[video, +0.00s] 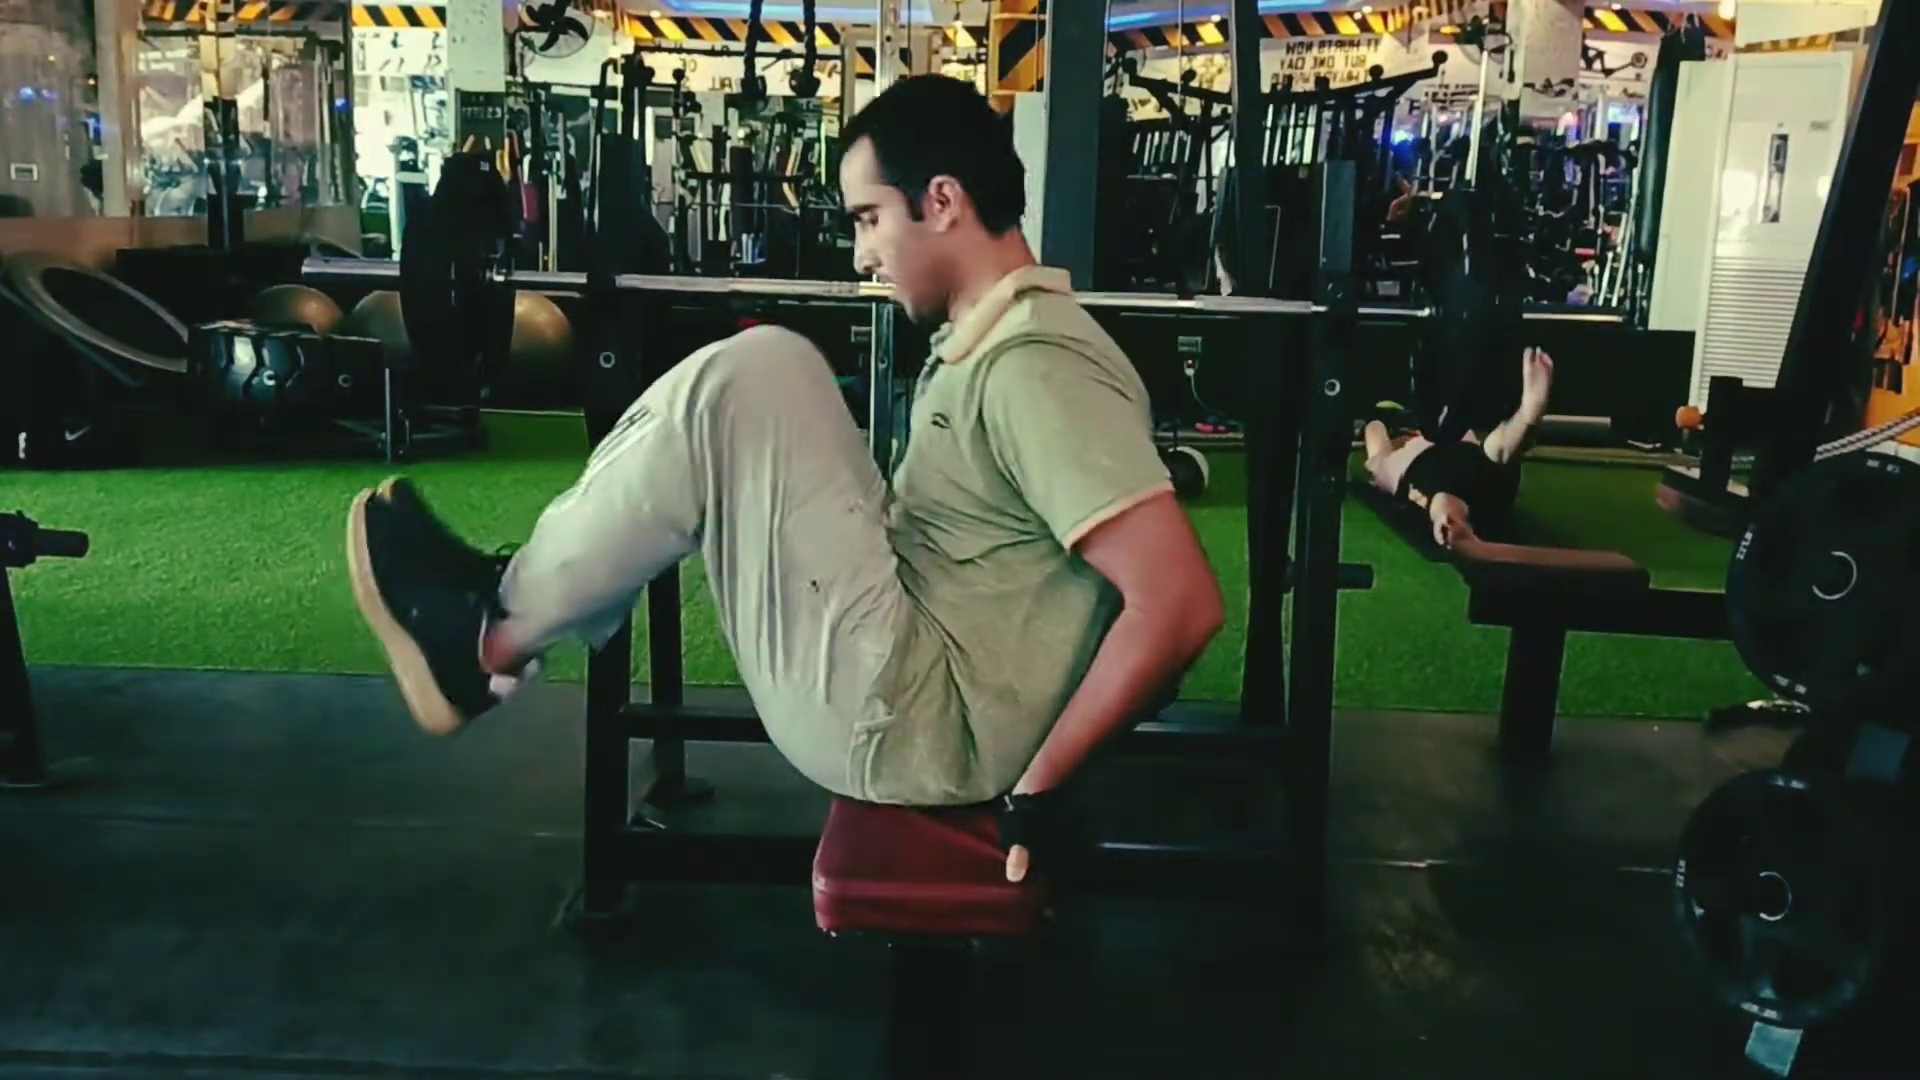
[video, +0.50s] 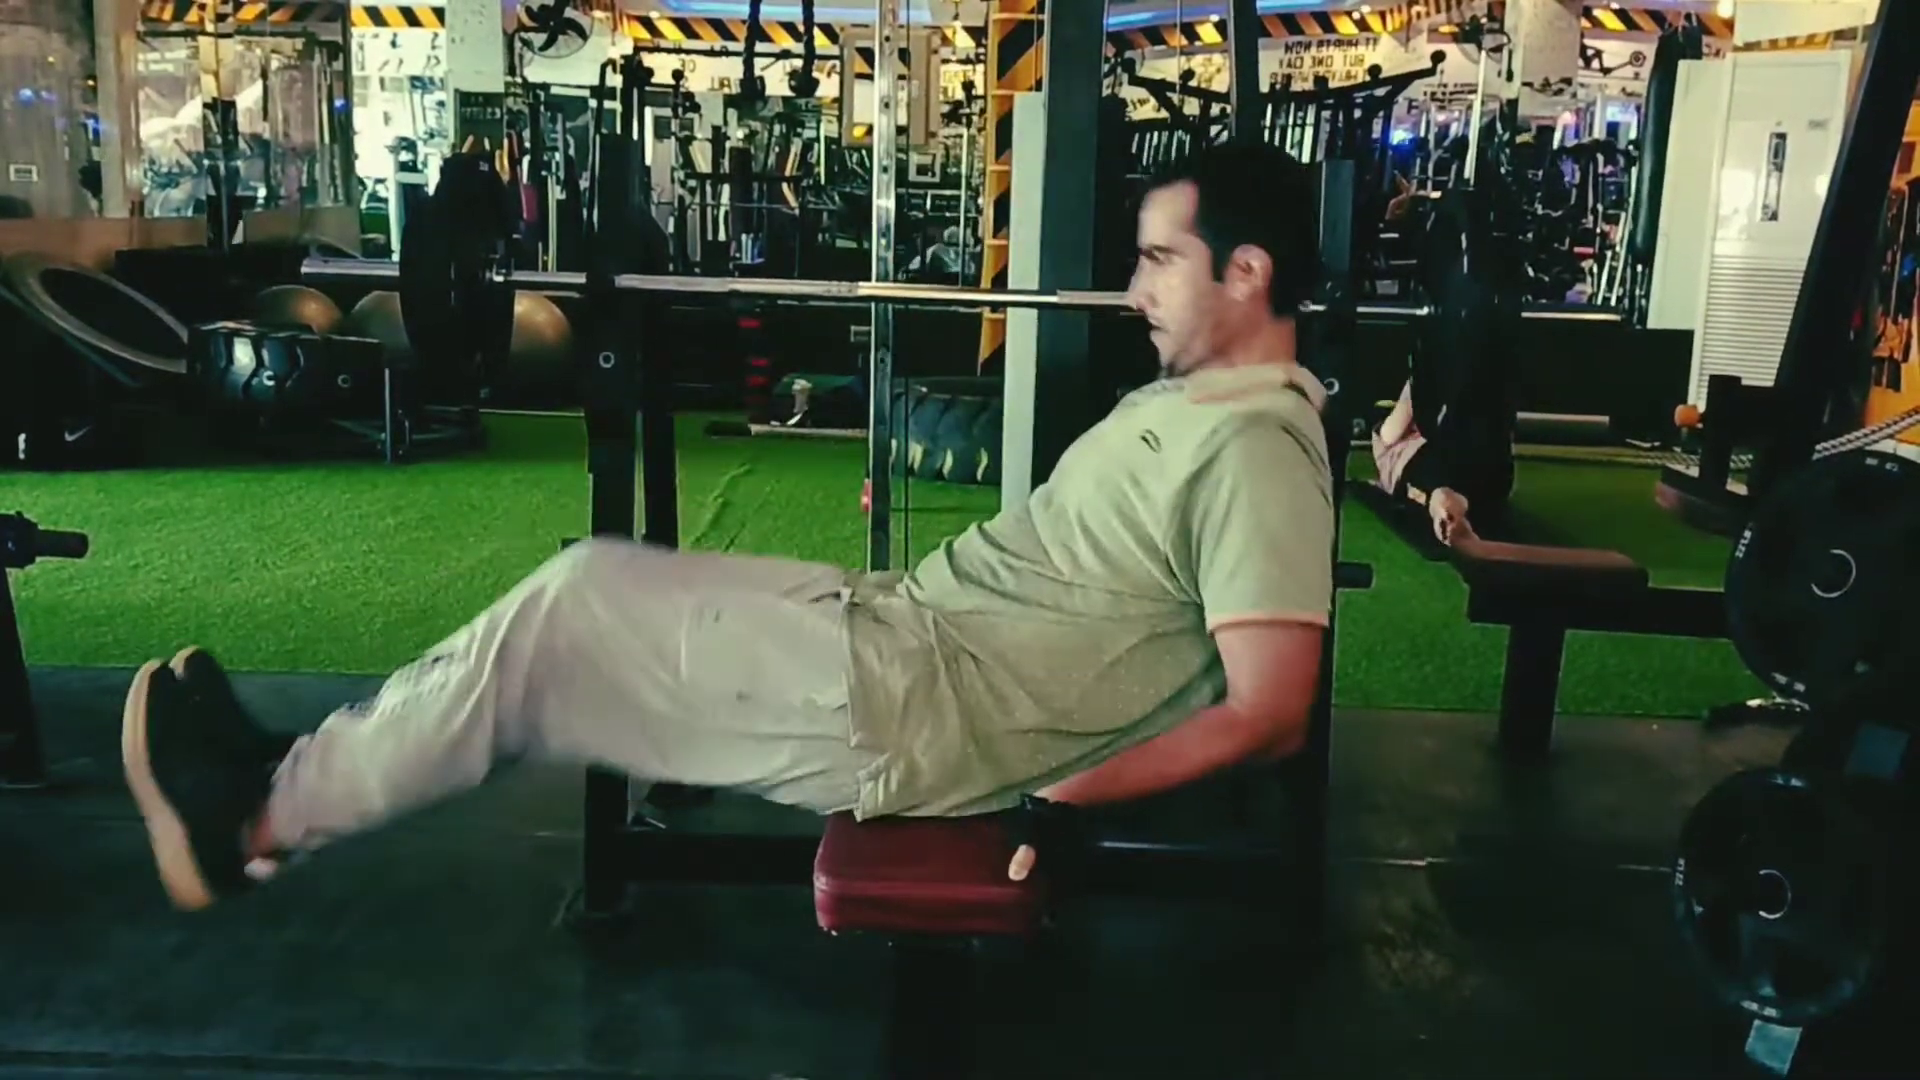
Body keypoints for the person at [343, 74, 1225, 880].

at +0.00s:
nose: (860, 255)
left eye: (868, 222)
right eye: (856, 228)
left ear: (945, 205)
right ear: (943, 210)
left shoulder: (1034, 357)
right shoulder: (997, 343)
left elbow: (1175, 603)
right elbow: (1147, 587)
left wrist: (1028, 794)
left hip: (921, 730)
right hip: (907, 706)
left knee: (754, 375)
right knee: (746, 373)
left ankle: (492, 641)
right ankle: (499, 618)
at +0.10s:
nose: (900, 246)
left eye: (914, 213)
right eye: (895, 219)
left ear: (999, 203)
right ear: (987, 207)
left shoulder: (1074, 356)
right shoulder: (1023, 347)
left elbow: (1199, 615)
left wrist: (1033, 796)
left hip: (933, 726)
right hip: (909, 684)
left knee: (707, 398)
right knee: (700, 396)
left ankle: (442, 682)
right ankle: (450, 648)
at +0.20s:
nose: (998, 253)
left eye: (1012, 223)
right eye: (996, 225)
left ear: (1096, 222)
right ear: (1090, 224)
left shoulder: (1149, 381)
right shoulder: (1099, 358)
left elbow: (1236, 649)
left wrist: (1044, 785)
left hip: (938, 716)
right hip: (914, 659)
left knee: (625, 472)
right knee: (641, 450)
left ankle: (351, 745)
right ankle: (371, 712)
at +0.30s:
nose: (1088, 281)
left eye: (1106, 249)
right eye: (1088, 249)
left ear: (1194, 254)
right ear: (1170, 251)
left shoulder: (1219, 420)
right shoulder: (1166, 386)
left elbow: (1261, 691)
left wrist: (1065, 795)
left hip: (926, 708)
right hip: (899, 632)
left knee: (567, 576)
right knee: (582, 547)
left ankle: (257, 810)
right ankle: (285, 767)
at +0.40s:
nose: (1139, 300)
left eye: (1161, 270)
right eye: (1143, 271)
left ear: (1250, 285)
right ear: (1239, 288)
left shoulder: (1257, 455)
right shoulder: (1195, 413)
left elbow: (1273, 722)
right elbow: (1183, 647)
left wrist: (1058, 794)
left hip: (922, 702)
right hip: (895, 624)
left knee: (552, 655)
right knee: (576, 595)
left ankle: (231, 836)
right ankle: (271, 788)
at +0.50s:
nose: (1138, 291)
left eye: (1160, 262)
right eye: (1141, 263)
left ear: (1251, 277)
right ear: (1239, 280)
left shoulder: (1257, 442)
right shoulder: (1194, 408)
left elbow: (1268, 713)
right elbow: (1193, 654)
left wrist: (1055, 798)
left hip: (926, 704)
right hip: (899, 630)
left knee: (565, 633)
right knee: (585, 582)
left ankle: (248, 836)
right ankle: (286, 792)